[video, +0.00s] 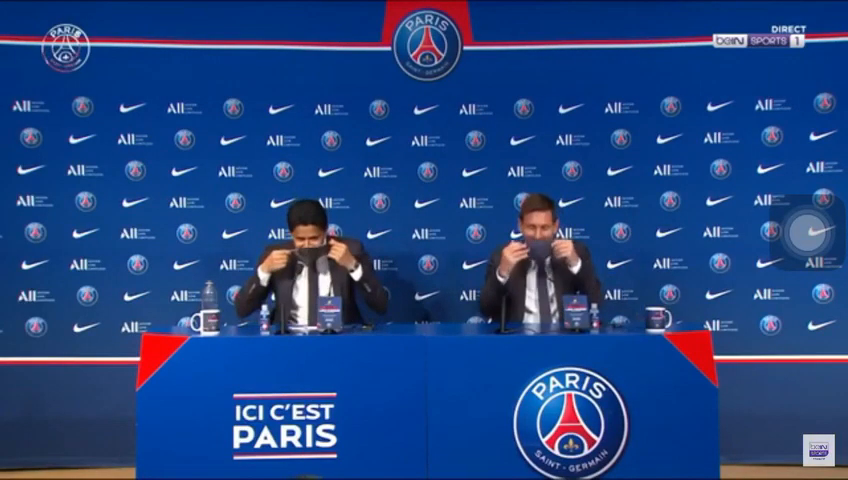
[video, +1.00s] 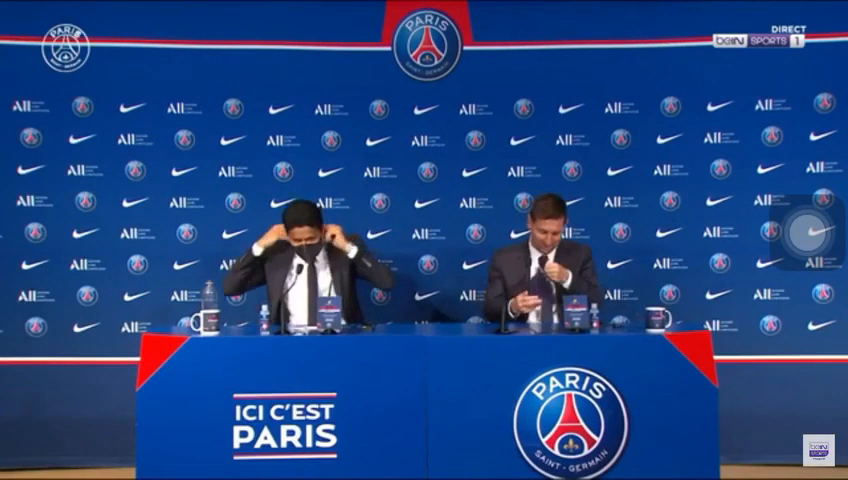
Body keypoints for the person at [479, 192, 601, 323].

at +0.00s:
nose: (538, 235)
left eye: (545, 228)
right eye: (532, 228)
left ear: (556, 227)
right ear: (521, 226)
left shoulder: (576, 253)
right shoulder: (505, 256)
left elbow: (596, 300)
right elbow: (487, 310)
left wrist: (575, 263)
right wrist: (503, 273)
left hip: (566, 339)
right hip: (519, 340)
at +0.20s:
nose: (538, 235)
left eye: (545, 229)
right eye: (531, 229)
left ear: (556, 228)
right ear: (521, 228)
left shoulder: (574, 253)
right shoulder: (506, 256)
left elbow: (599, 299)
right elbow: (487, 309)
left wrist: (577, 259)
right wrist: (502, 264)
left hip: (566, 341)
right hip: (519, 342)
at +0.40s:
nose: (538, 234)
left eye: (545, 227)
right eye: (532, 227)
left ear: (556, 226)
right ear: (521, 227)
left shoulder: (574, 251)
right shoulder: (507, 255)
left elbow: (598, 299)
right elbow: (487, 309)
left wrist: (579, 256)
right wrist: (499, 262)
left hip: (566, 342)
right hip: (519, 342)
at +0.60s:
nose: (542, 237)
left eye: (548, 230)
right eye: (535, 230)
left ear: (558, 224)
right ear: (524, 224)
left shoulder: (578, 254)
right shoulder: (504, 257)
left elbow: (595, 301)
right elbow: (488, 311)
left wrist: (571, 269)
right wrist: (507, 283)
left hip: (567, 339)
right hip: (520, 340)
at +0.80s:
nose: (546, 239)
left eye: (553, 231)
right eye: (540, 231)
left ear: (562, 224)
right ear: (527, 222)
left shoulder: (579, 254)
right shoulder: (504, 257)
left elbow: (595, 298)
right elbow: (491, 309)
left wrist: (565, 276)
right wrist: (512, 304)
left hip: (567, 338)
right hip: (520, 340)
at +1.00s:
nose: (548, 240)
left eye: (555, 234)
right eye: (543, 232)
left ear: (564, 226)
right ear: (530, 223)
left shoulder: (579, 254)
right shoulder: (504, 258)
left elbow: (595, 297)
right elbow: (490, 307)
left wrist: (567, 278)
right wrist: (511, 307)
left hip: (568, 340)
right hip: (520, 341)